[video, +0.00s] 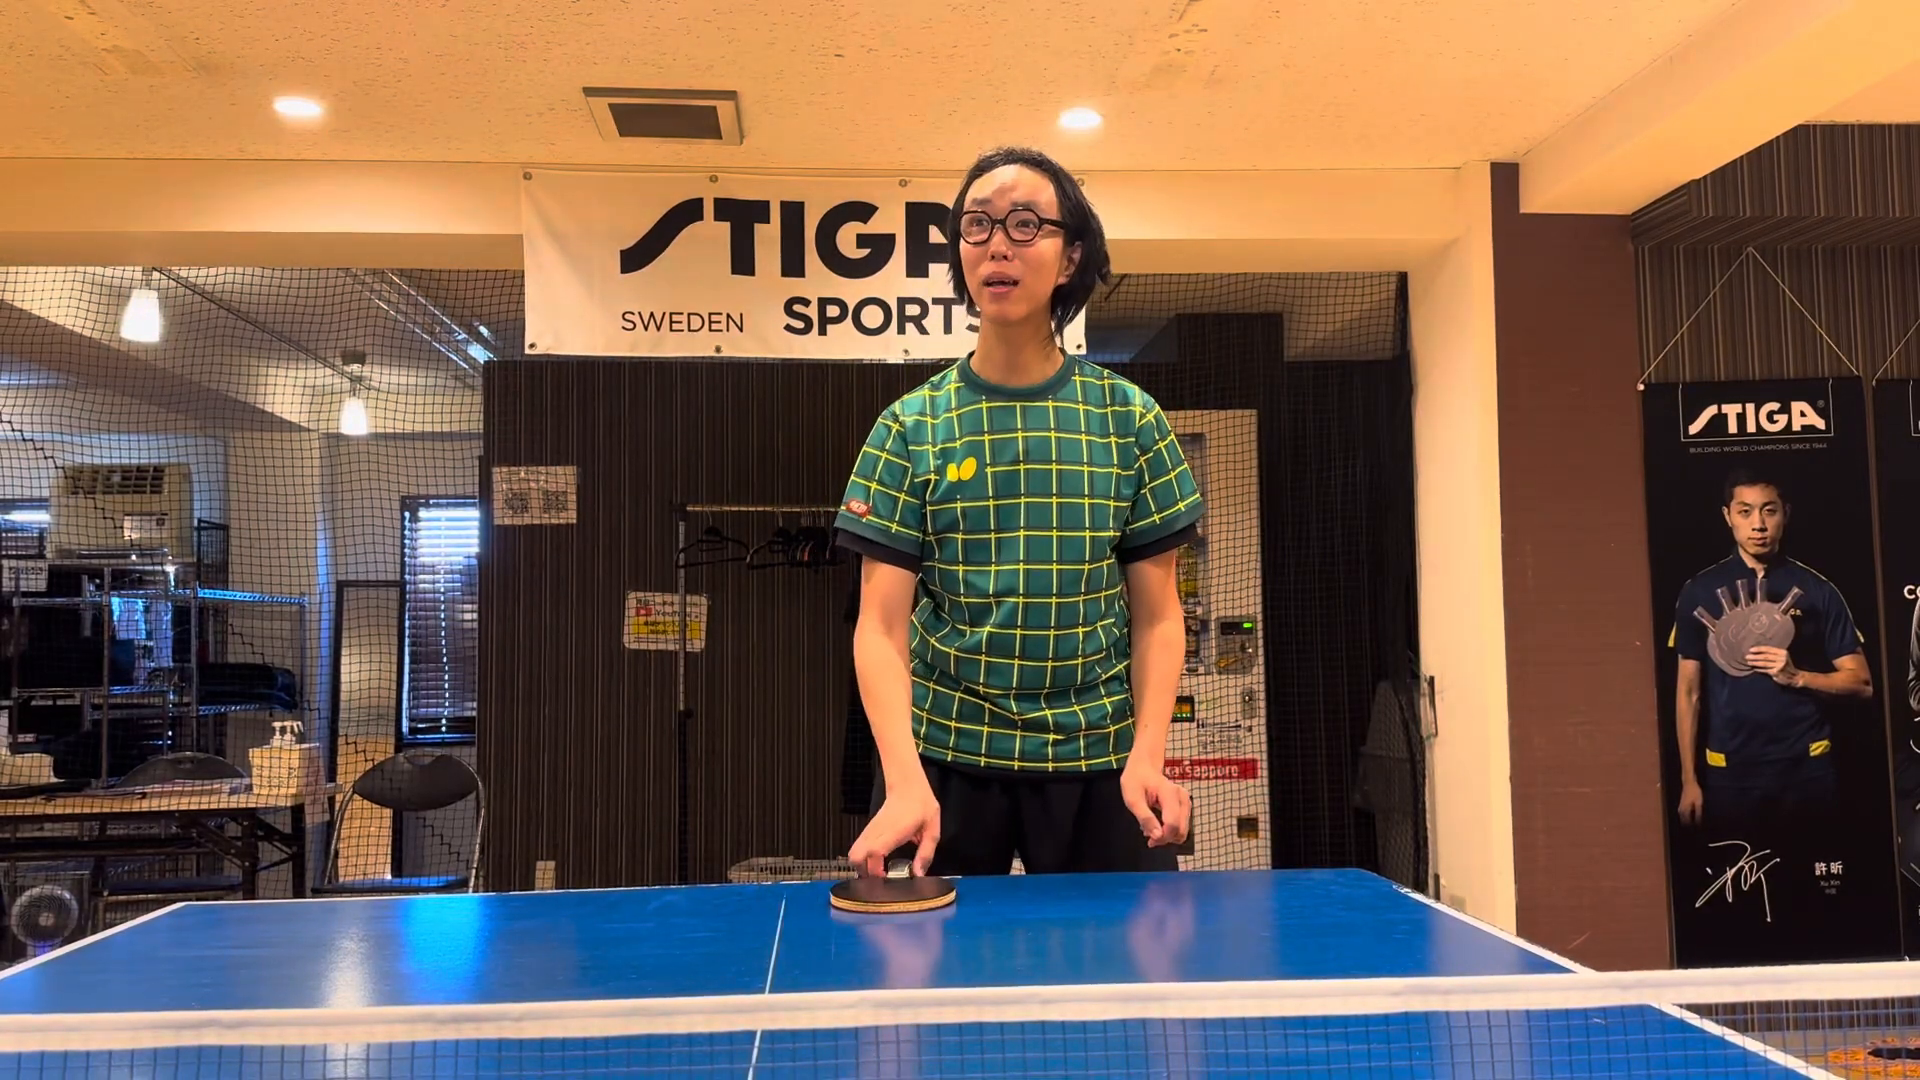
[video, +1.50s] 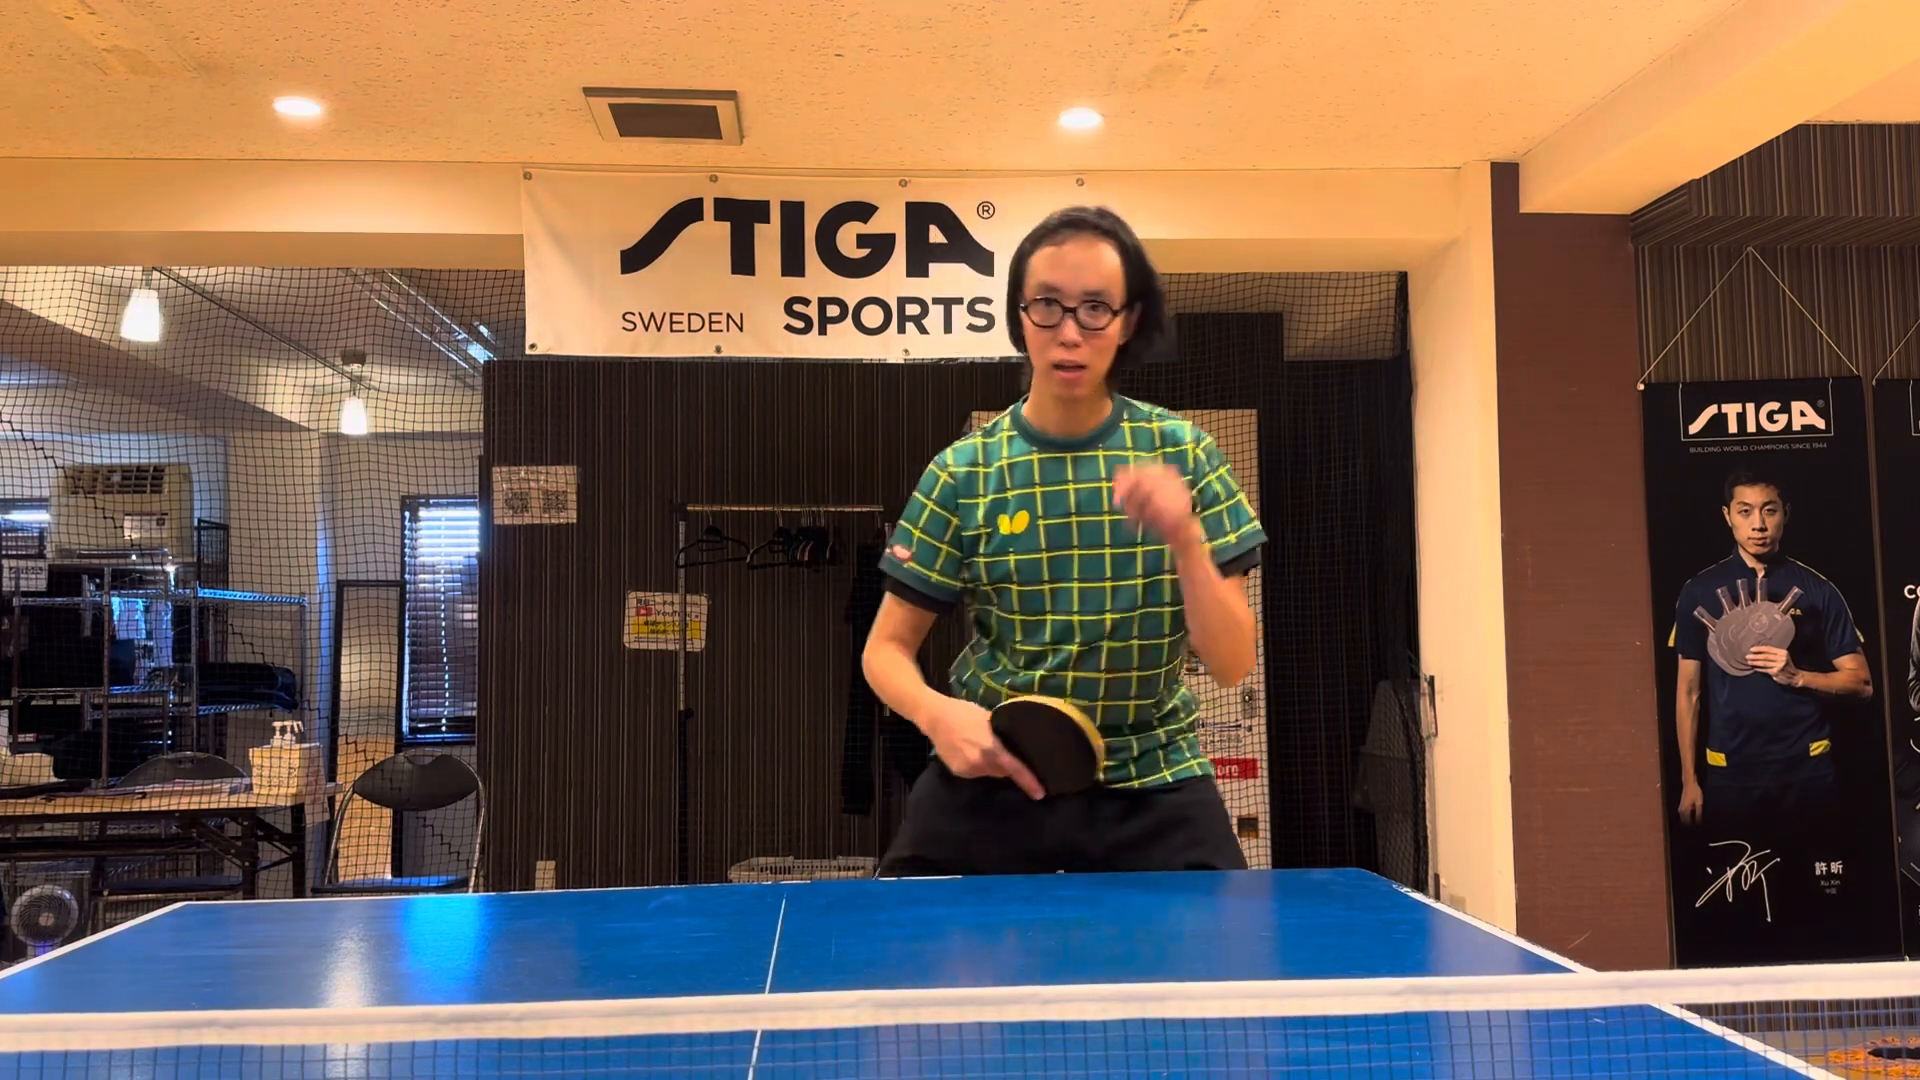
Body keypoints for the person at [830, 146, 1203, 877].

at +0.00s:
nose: (999, 245)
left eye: (1026, 225)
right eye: (979, 225)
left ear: (1070, 258)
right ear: (958, 253)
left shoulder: (1129, 419)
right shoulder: (913, 426)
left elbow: (1158, 615)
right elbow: (881, 628)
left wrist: (1147, 758)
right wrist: (903, 781)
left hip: (1100, 779)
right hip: (947, 779)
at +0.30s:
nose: (1001, 248)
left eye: (1029, 228)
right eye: (982, 228)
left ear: (1071, 260)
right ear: (960, 254)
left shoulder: (1129, 420)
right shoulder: (913, 426)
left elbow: (1154, 614)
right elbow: (882, 627)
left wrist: (1135, 751)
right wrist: (906, 763)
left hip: (1095, 776)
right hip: (948, 776)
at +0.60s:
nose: (1006, 258)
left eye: (1033, 236)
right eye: (986, 236)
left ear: (1074, 262)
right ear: (964, 257)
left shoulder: (1131, 421)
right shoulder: (914, 425)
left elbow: (1156, 611)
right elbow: (872, 613)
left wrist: (1126, 716)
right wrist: (910, 700)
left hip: (1097, 772)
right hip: (939, 771)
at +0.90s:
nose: (1008, 287)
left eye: (1033, 264)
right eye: (986, 262)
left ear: (1067, 278)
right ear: (957, 272)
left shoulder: (1124, 422)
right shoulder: (904, 430)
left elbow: (1161, 609)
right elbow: (858, 612)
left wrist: (1117, 676)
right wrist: (920, 690)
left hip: (1093, 781)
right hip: (932, 781)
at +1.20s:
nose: (993, 303)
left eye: (1017, 280)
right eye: (971, 278)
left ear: (1049, 296)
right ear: (941, 293)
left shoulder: (1096, 443)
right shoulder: (880, 449)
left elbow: (1129, 618)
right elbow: (834, 640)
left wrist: (1092, 654)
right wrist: (926, 705)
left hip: (1075, 771)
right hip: (912, 775)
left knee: (1177, 961)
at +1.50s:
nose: (1070, 329)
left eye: (1095, 307)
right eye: (1048, 304)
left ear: (1129, 321)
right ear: (1019, 317)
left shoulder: (1181, 453)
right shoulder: (964, 473)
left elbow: (1232, 661)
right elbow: (886, 649)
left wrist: (1186, 541)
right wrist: (938, 714)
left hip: (1154, 782)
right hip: (989, 779)